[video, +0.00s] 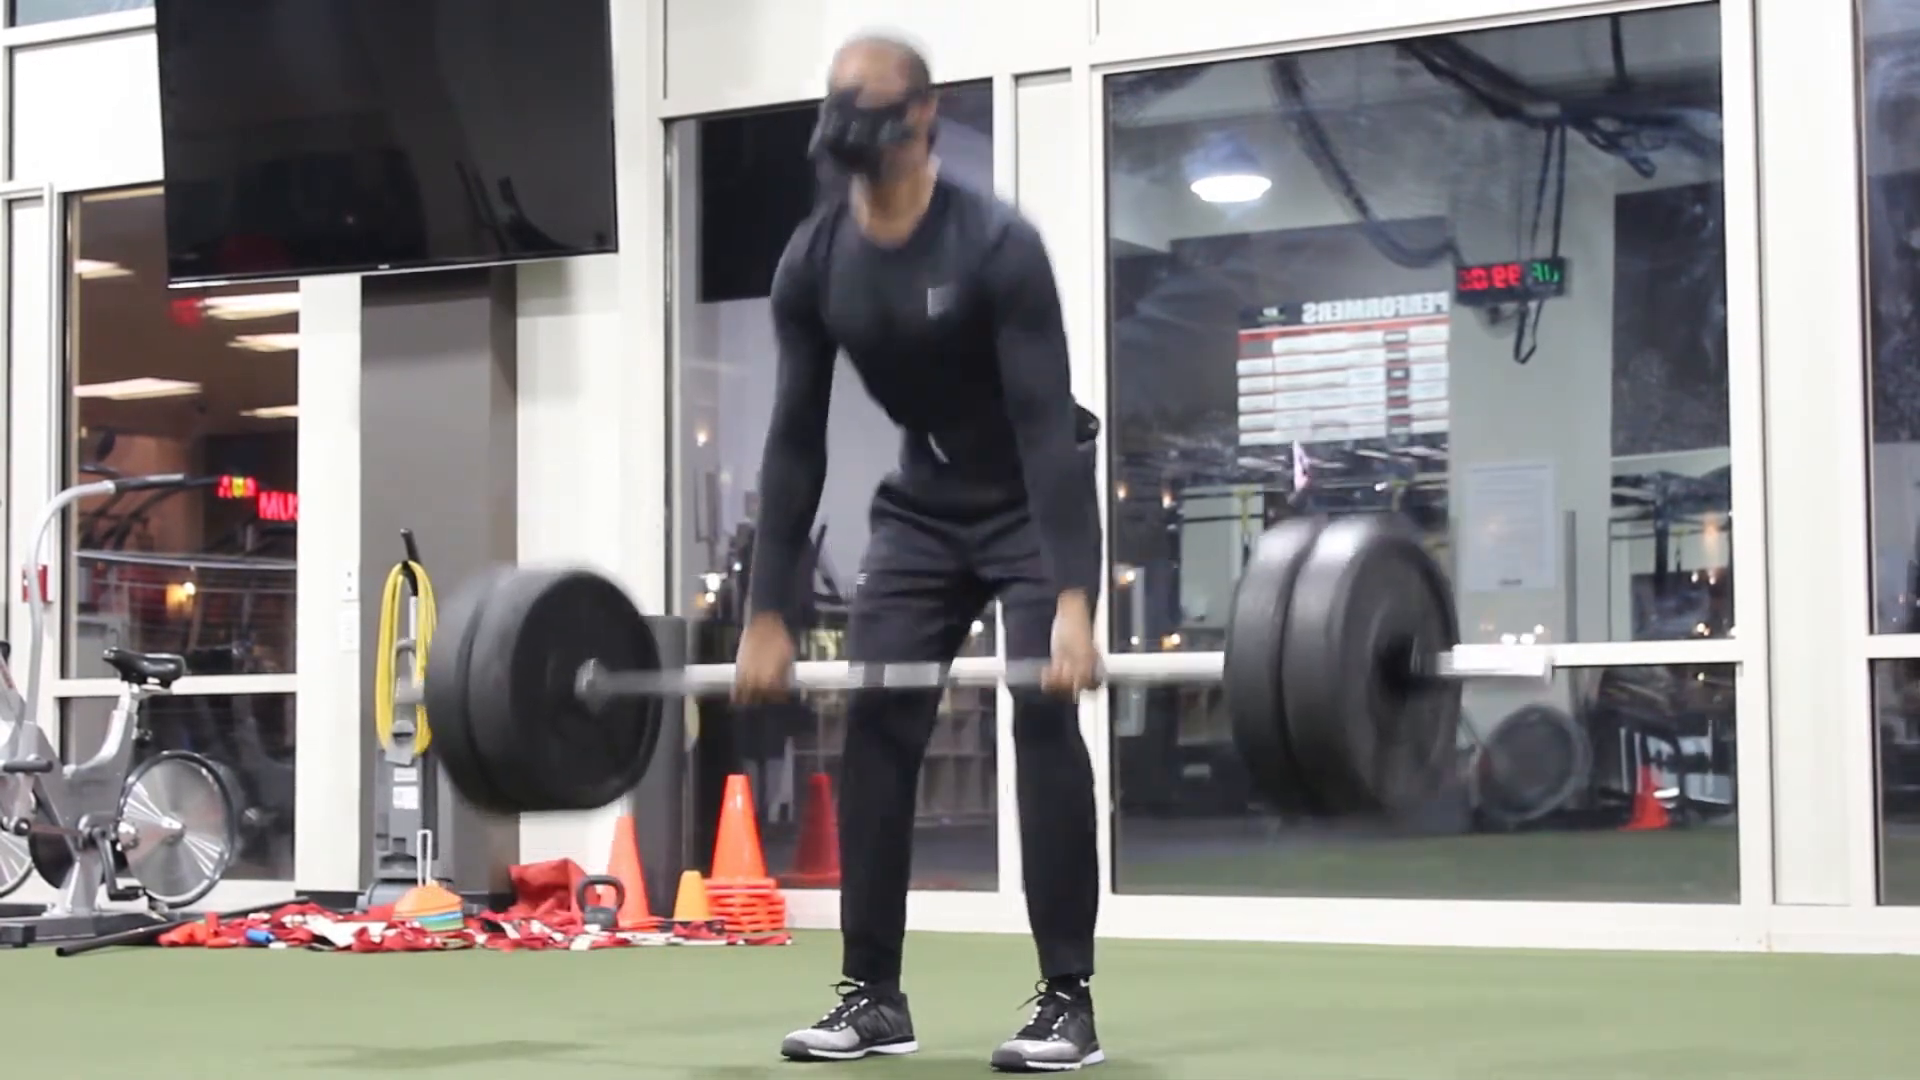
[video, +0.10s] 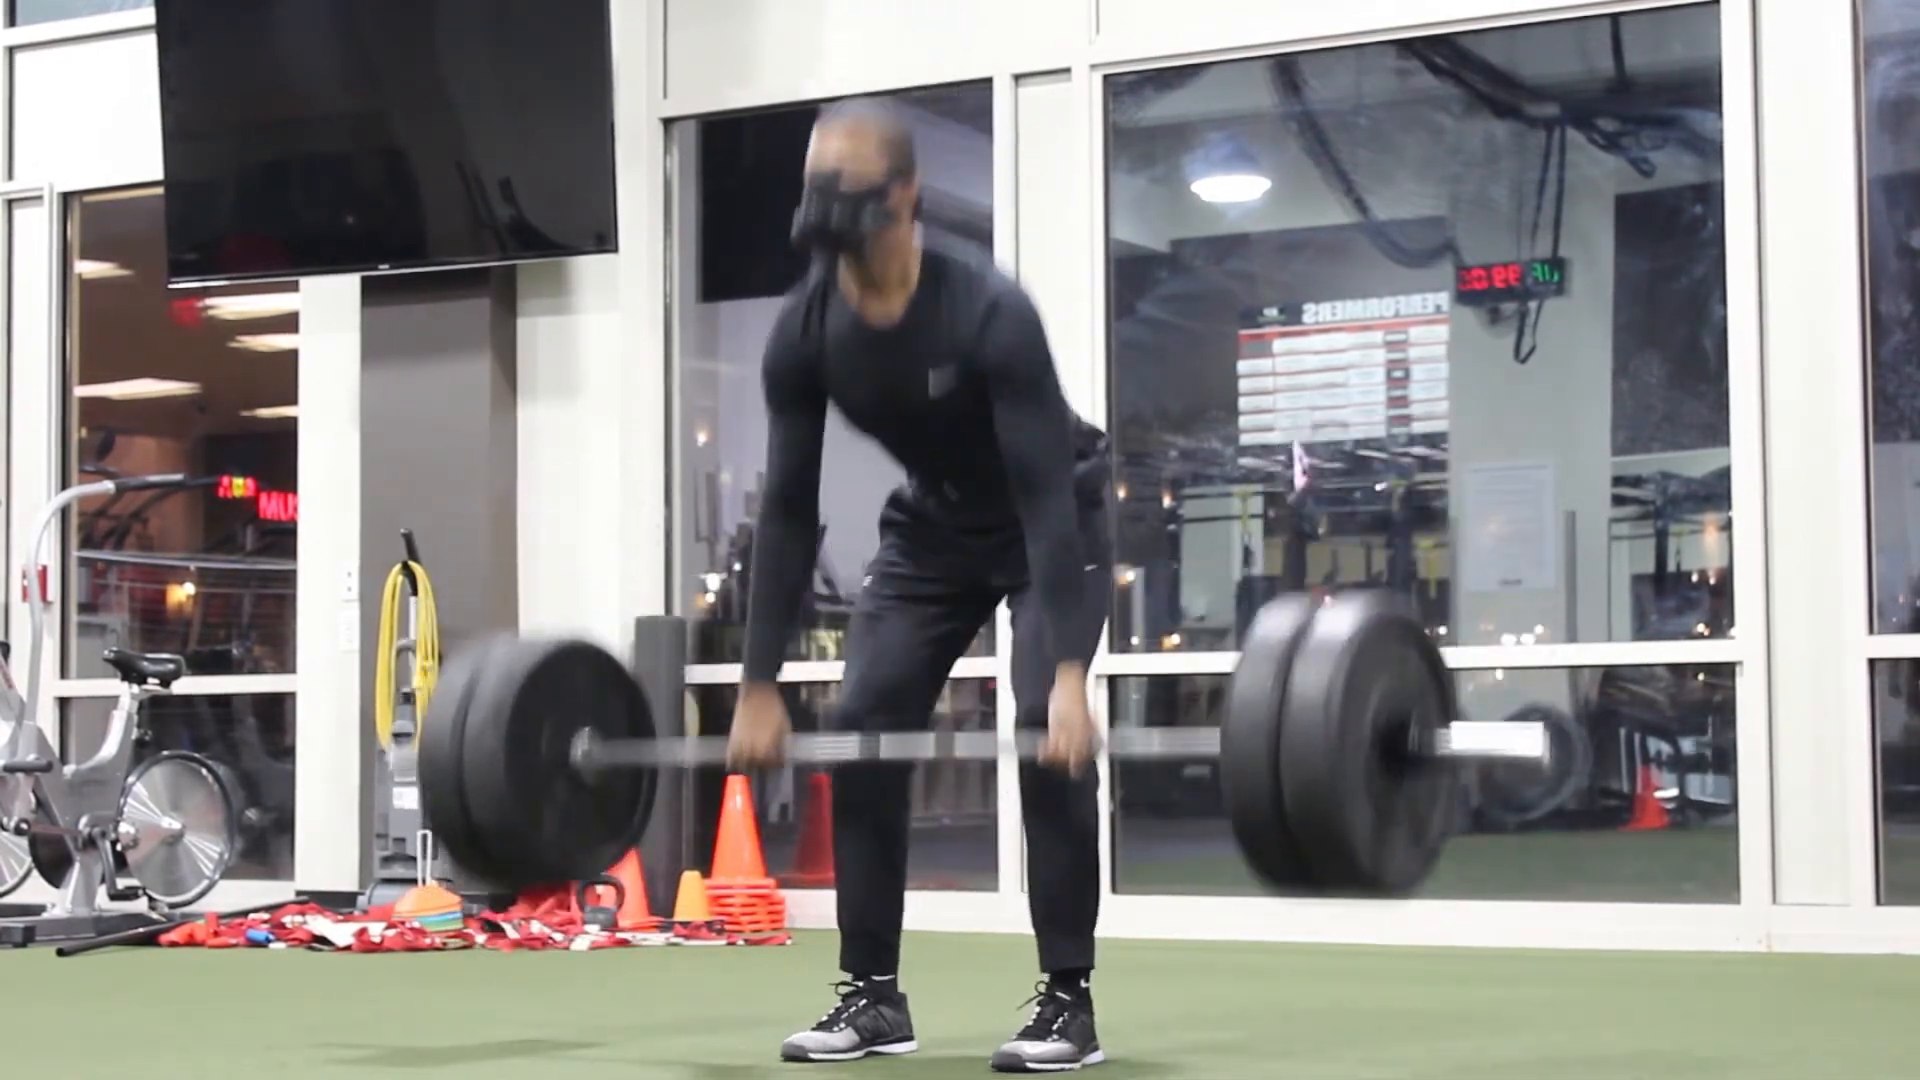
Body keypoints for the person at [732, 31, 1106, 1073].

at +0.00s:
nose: (852, 129)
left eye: (874, 112)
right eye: (841, 111)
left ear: (926, 116)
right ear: (828, 121)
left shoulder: (999, 244)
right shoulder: (811, 263)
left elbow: (1049, 424)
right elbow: (793, 440)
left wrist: (1073, 596)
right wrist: (769, 609)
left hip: (1037, 504)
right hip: (922, 505)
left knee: (1040, 710)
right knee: (879, 709)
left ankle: (1067, 998)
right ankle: (873, 996)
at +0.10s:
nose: (816, 201)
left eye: (839, 185)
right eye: (810, 184)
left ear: (904, 194)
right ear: (805, 191)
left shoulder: (992, 314)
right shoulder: (802, 335)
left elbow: (1050, 499)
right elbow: (789, 510)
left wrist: (1069, 669)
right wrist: (759, 679)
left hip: (1052, 516)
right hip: (936, 524)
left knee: (1050, 735)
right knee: (865, 725)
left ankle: (1065, 997)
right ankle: (872, 994)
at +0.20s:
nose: (811, 284)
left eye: (834, 269)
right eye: (803, 267)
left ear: (894, 282)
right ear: (790, 275)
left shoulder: (982, 386)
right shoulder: (795, 412)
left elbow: (1048, 570)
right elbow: (781, 585)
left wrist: (1068, 751)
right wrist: (758, 758)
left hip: (1052, 530)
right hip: (937, 546)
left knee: (1033, 733)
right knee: (842, 730)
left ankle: (1065, 1002)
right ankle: (872, 996)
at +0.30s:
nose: (800, 374)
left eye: (823, 356)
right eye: (791, 355)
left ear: (880, 363)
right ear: (782, 358)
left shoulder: (973, 454)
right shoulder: (784, 490)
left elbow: (1048, 645)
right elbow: (776, 658)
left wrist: (1072, 824)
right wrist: (760, 829)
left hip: (1051, 561)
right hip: (935, 579)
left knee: (1008, 733)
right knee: (825, 739)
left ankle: (1062, 1003)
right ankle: (871, 999)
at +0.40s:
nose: (790, 408)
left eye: (813, 393)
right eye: (782, 391)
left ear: (875, 406)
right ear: (771, 396)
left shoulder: (970, 490)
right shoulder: (778, 510)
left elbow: (1048, 671)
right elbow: (770, 679)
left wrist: (1079, 847)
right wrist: (762, 851)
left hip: (1047, 574)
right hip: (928, 598)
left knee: (1000, 732)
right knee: (818, 741)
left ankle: (1061, 1005)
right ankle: (870, 997)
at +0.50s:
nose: (787, 360)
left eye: (809, 344)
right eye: (779, 344)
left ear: (872, 355)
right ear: (771, 350)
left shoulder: (970, 448)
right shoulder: (775, 471)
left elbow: (1042, 636)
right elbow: (773, 643)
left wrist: (1078, 811)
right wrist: (764, 812)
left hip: (1040, 552)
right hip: (925, 573)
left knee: (1008, 734)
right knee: (827, 742)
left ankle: (1063, 1003)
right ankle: (871, 1000)